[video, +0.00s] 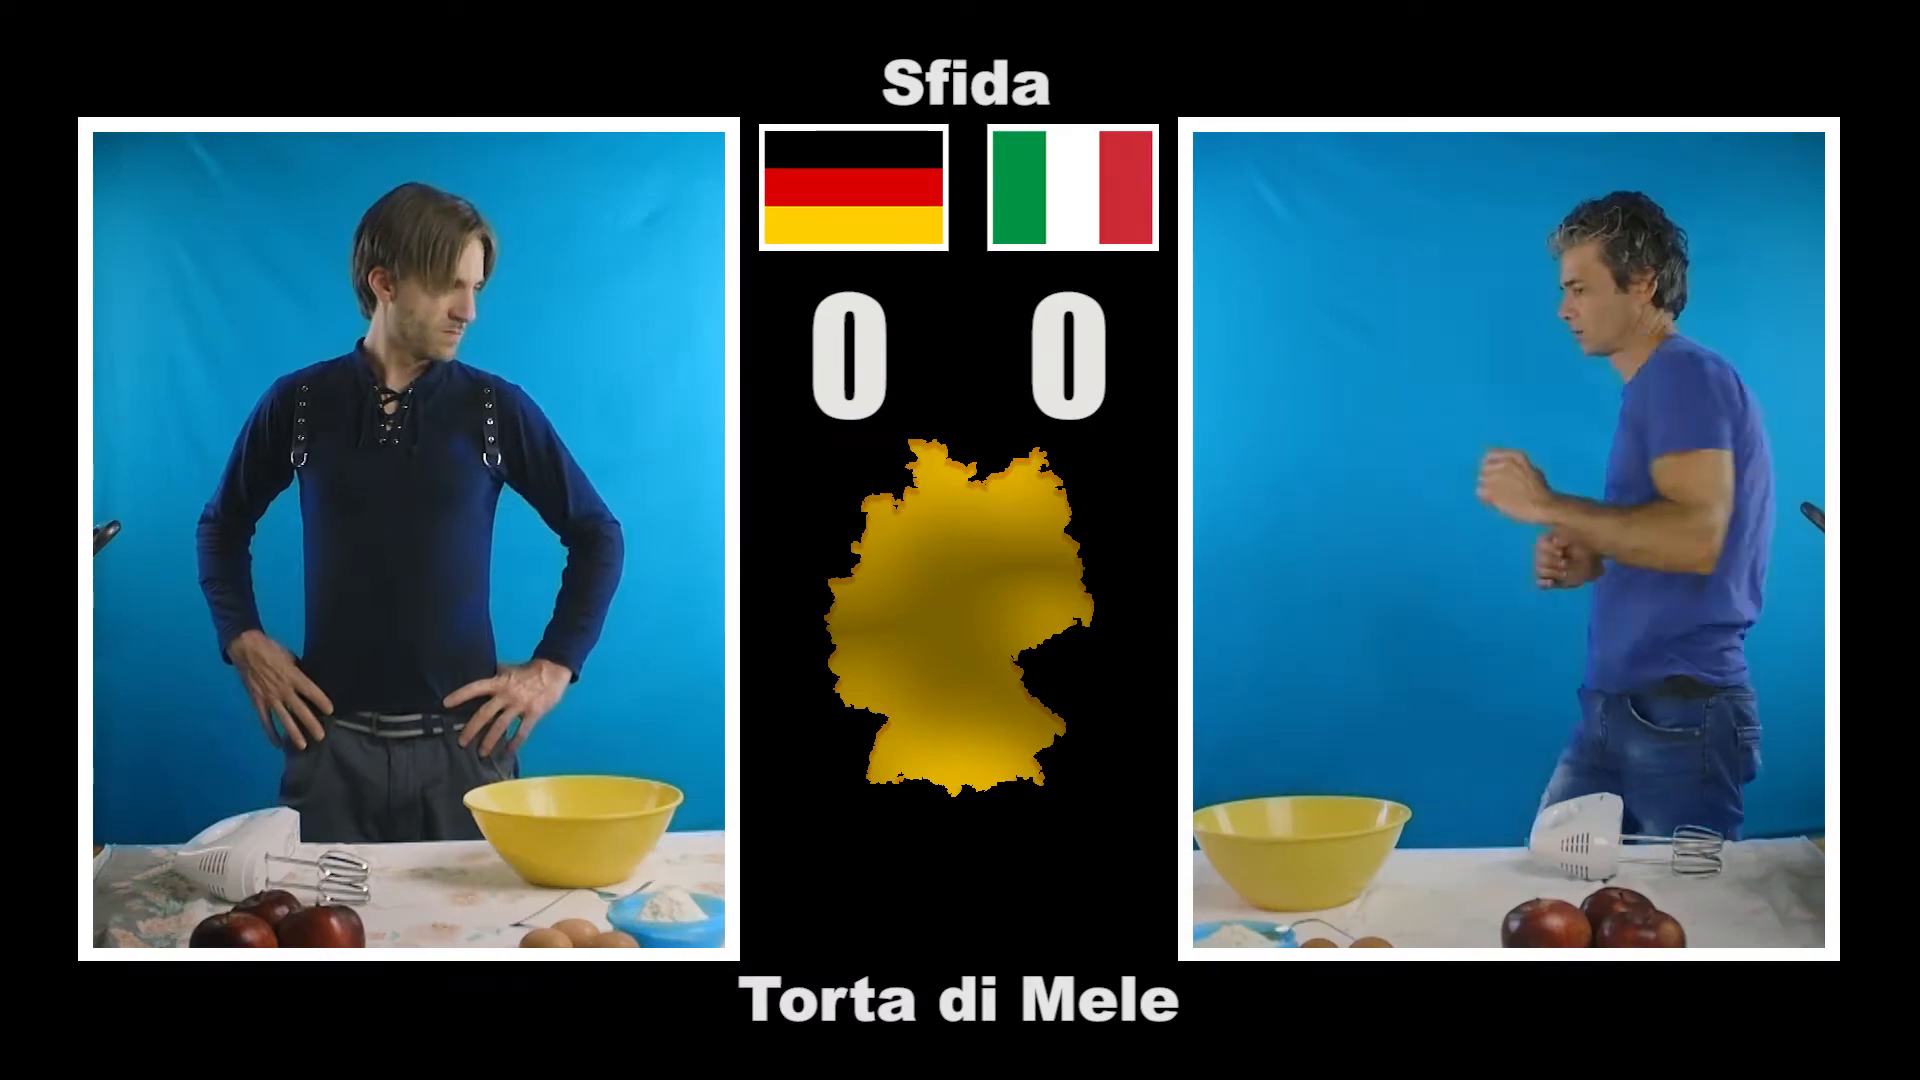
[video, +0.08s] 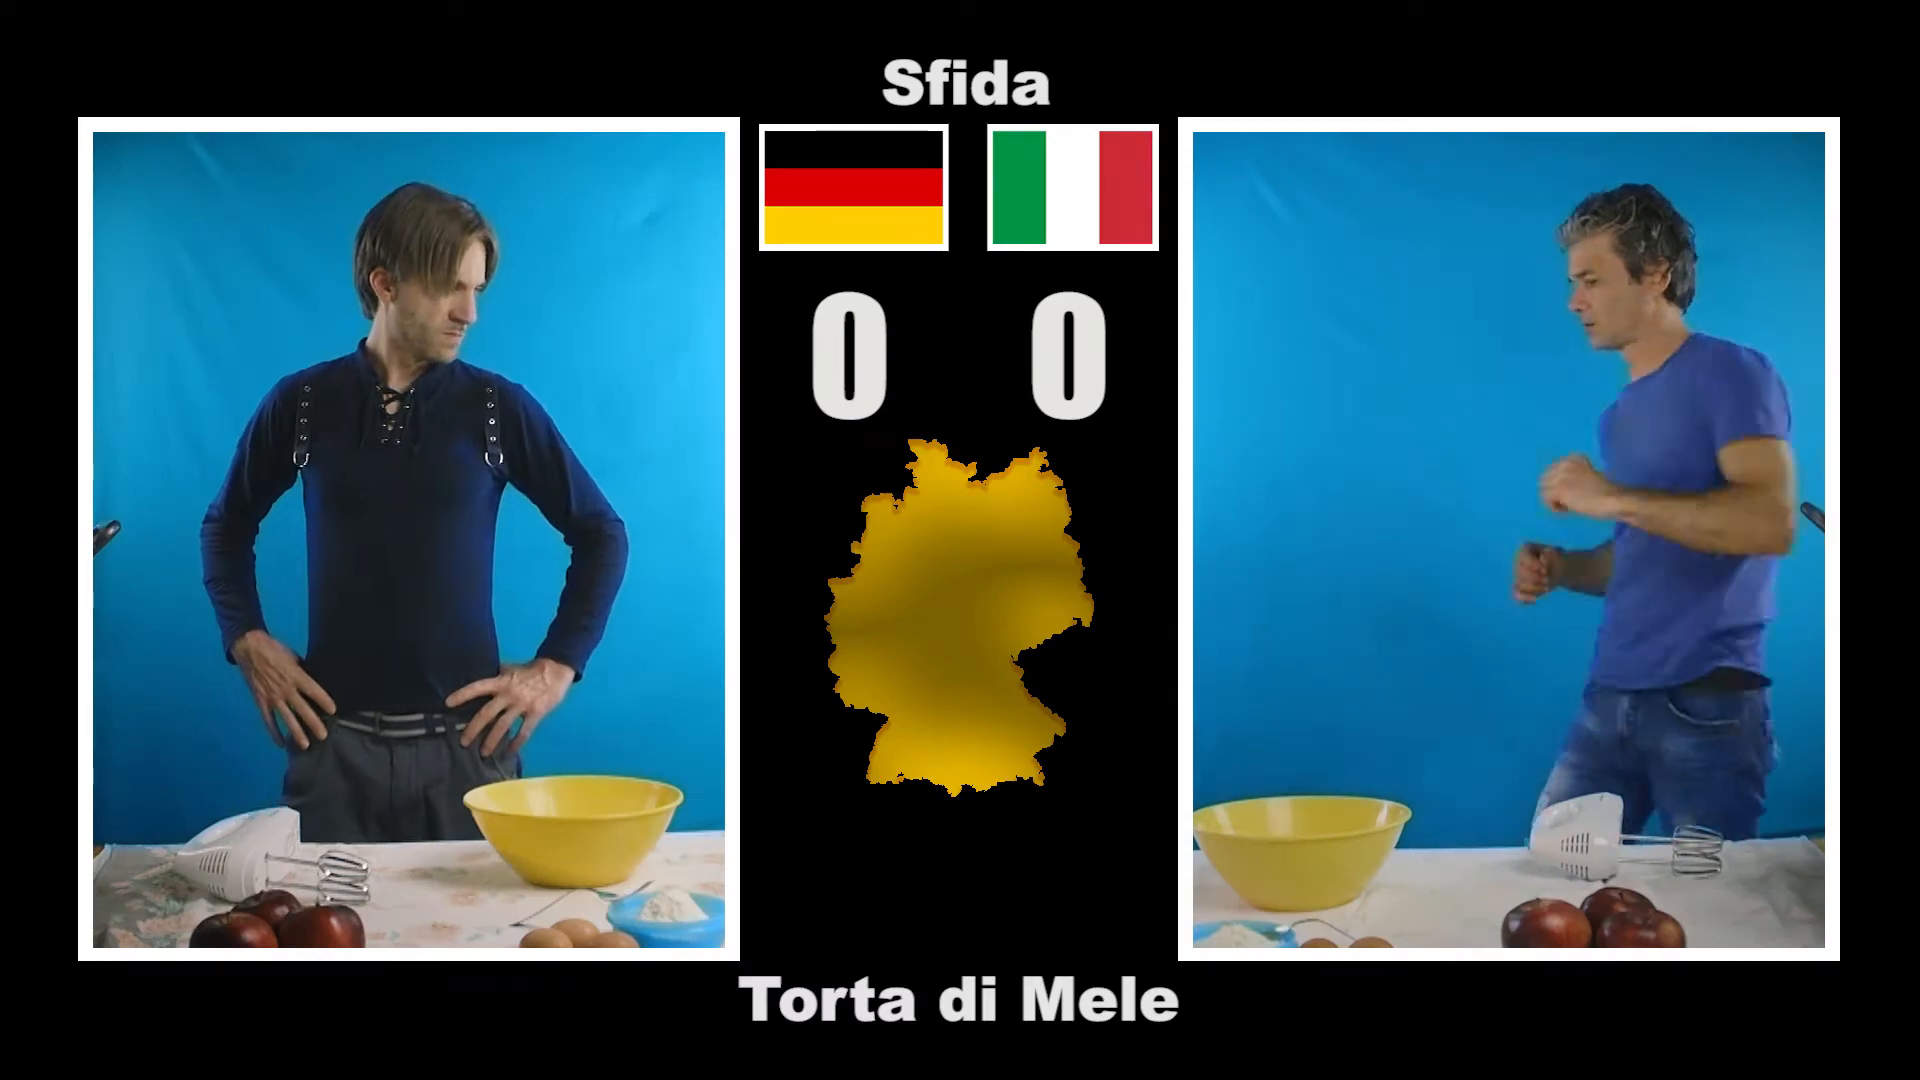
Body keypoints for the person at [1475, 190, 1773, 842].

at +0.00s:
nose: (1564, 310)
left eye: (1578, 288)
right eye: (1564, 291)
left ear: (1642, 284)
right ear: (1636, 287)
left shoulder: (1685, 377)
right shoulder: (1648, 394)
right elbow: (1673, 541)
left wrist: (1546, 505)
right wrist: (1595, 558)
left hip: (1686, 715)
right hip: (1612, 707)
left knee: (1680, 919)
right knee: (1553, 895)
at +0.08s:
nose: (1576, 301)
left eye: (1590, 280)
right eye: (1574, 284)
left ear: (1656, 277)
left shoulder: (1734, 374)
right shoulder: (1618, 418)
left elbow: (1770, 523)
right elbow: (1647, 561)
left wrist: (1612, 499)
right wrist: (1563, 569)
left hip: (1710, 703)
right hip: (1613, 700)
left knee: (1708, 910)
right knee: (1555, 889)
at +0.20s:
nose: (1611, 298)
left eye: (1628, 276)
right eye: (1606, 281)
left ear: (1693, 270)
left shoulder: (1785, 383)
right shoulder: (1598, 404)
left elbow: (1829, 506)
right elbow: (1544, 506)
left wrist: (1737, 484)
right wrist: (1527, 558)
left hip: (1739, 697)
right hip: (1623, 693)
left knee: (1736, 897)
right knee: (1560, 878)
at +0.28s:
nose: (1639, 294)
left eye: (1657, 273)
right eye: (1630, 277)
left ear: (1721, 268)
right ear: (1623, 279)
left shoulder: (1796, 388)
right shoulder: (1601, 393)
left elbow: (1832, 521)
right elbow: (1510, 495)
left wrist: (1813, 493)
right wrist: (1521, 563)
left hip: (1754, 696)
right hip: (1628, 693)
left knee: (1751, 899)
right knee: (1572, 887)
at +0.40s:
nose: (1677, 280)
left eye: (1697, 259)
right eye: (1665, 262)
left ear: (1754, 260)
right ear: (1654, 266)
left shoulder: (1802, 391)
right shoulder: (1611, 376)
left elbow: (1825, 530)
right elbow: (1540, 493)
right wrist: (1551, 547)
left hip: (1757, 687)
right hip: (1633, 682)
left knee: (1755, 893)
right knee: (1579, 883)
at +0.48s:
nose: (1694, 280)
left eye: (1716, 259)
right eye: (1682, 261)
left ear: (1770, 262)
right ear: (1671, 265)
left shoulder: (1806, 396)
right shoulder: (1619, 374)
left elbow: (1797, 527)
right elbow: (1561, 502)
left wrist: (1835, 575)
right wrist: (1583, 545)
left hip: (1754, 687)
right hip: (1631, 681)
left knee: (1757, 893)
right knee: (1571, 879)